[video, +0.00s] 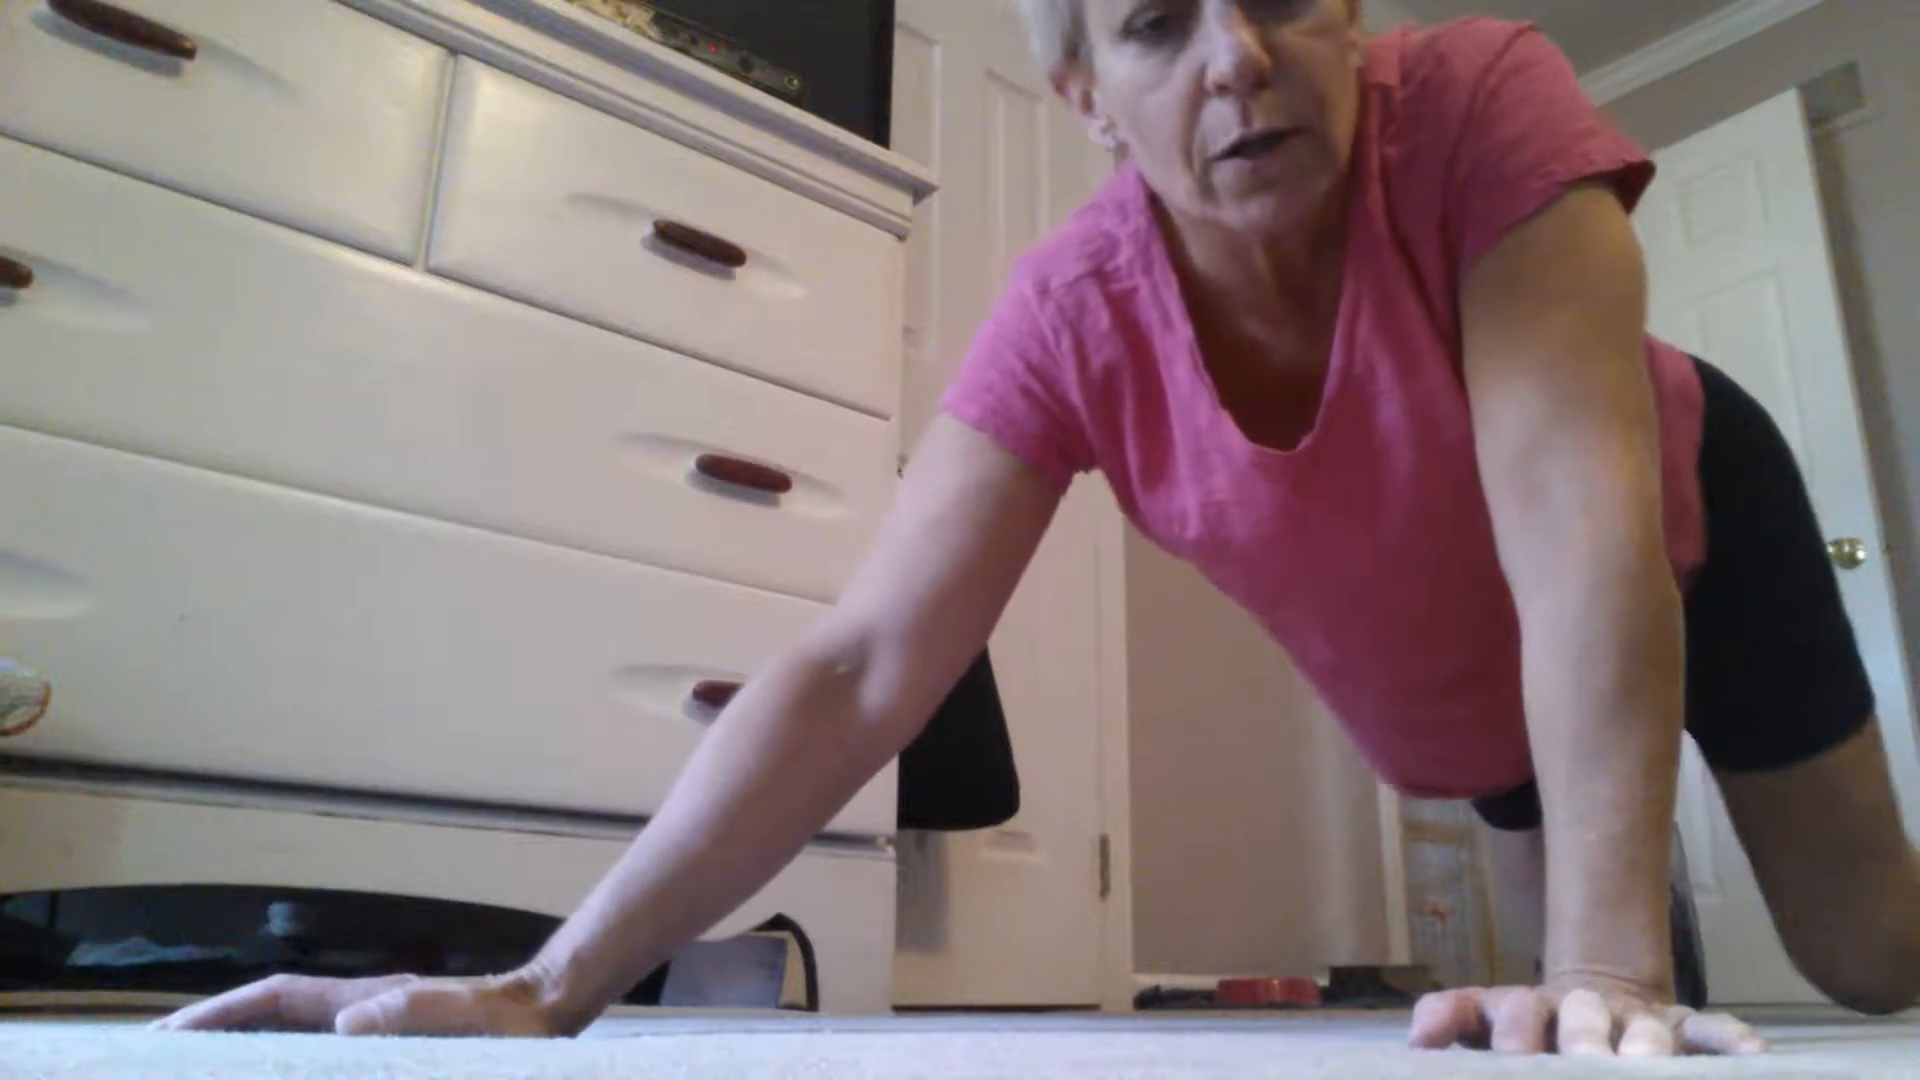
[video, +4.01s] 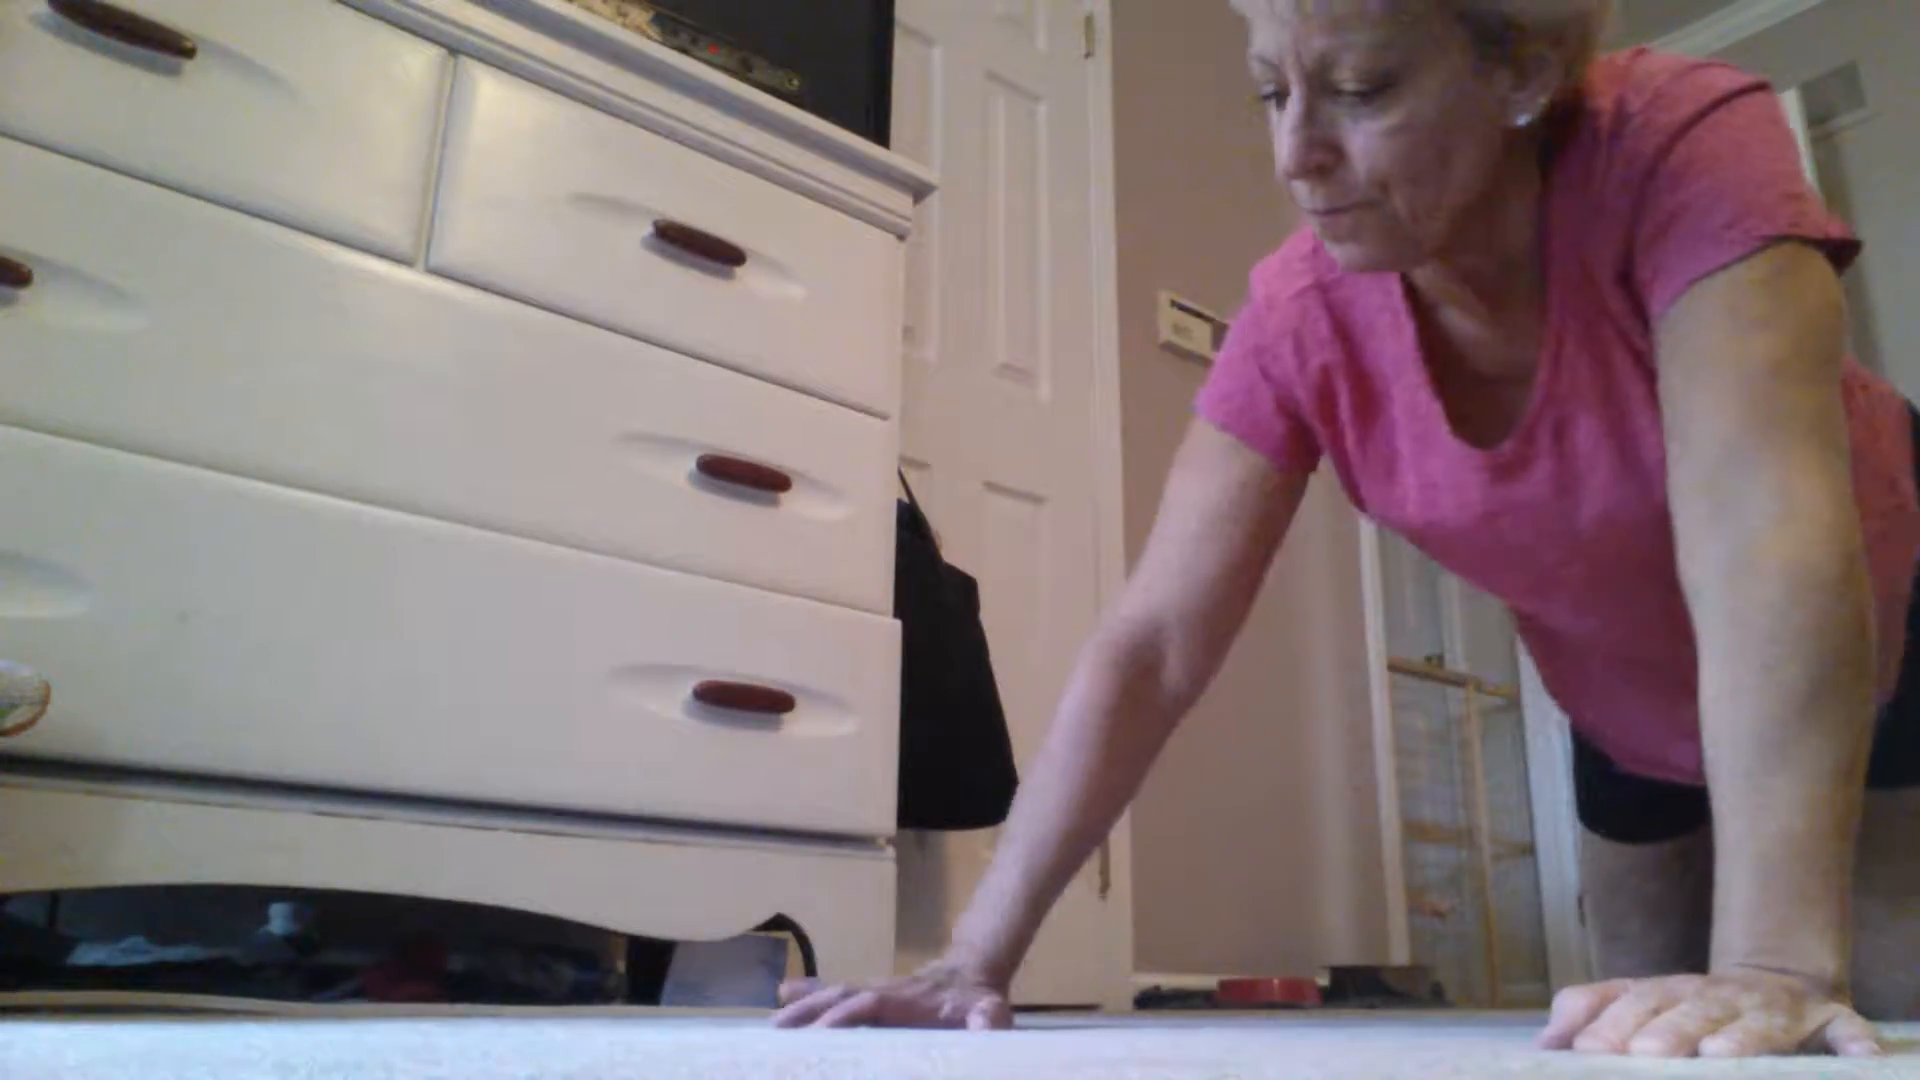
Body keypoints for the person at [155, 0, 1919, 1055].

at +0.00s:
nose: (1236, 53)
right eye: (1163, 23)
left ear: (1354, 8)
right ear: (1090, 84)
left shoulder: (1483, 103)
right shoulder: (1075, 316)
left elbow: (1590, 529)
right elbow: (856, 676)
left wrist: (1613, 981)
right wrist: (561, 979)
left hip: (1681, 563)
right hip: (1466, 722)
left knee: (1872, 956)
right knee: (1627, 964)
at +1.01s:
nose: (1239, 101)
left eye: (1293, 38)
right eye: (1182, 56)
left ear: (1379, 49)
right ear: (1135, 101)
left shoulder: (1515, 139)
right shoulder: (1156, 295)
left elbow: (1585, 517)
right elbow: (1113, 649)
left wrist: (1605, 980)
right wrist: (1029, 985)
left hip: (1764, 522)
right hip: (1520, 649)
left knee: (1883, 950)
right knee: (1631, 923)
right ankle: (1708, 907)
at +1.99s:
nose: (1239, 144)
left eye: (1290, 77)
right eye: (1184, 97)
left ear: (1378, 95)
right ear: (1143, 143)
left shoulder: (1508, 181)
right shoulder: (1169, 335)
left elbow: (1617, 533)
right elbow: (1125, 667)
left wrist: (1603, 976)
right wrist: (1034, 980)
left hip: (1760, 545)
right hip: (1526, 666)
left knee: (1883, 964)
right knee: (1644, 949)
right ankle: (1757, 894)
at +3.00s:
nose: (1281, 249)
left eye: (1323, 184)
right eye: (1222, 203)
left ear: (1392, 188)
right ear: (1164, 230)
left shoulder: (1533, 298)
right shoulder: (1179, 346)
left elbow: (1456, 735)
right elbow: (1126, 676)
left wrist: (1240, 460)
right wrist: (1033, 988)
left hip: (1735, 548)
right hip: (1519, 651)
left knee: (1884, 978)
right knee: (1655, 996)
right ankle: (1780, 899)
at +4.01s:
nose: (1303, 150)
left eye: (1363, 86)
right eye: (1277, 95)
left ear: (1525, 70)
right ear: (1255, 94)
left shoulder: (1690, 143)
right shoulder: (1300, 314)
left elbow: (1774, 538)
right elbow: (1154, 645)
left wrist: (1777, 973)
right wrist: (975, 960)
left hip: (1871, 669)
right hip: (1641, 718)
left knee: (1859, 1041)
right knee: (1648, 1046)